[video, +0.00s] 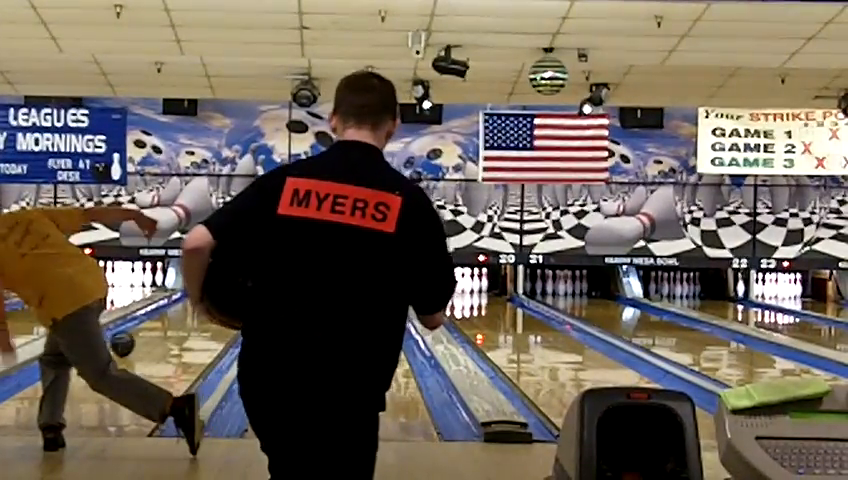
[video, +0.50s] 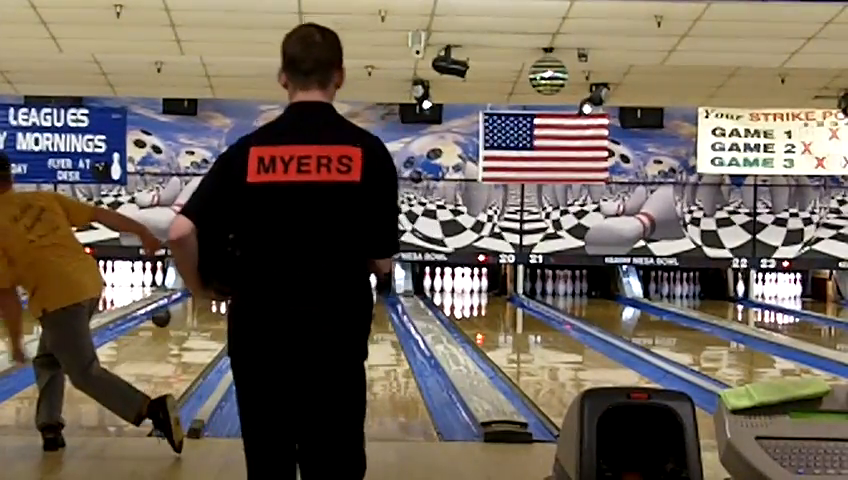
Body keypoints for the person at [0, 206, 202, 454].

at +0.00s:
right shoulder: (29, 216)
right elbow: (89, 214)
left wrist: (5, 336)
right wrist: (136, 215)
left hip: (65, 300)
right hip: (94, 286)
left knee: (101, 375)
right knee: (54, 360)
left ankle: (175, 407)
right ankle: (51, 431)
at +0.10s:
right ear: (4, 201)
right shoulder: (34, 213)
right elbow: (89, 215)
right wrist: (138, 219)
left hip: (64, 298)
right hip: (92, 286)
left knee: (98, 374)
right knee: (54, 361)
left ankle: (169, 408)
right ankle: (51, 430)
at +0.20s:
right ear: (5, 195)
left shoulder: (2, 218)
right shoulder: (37, 207)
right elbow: (90, 214)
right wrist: (137, 221)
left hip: (63, 296)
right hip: (90, 286)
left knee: (93, 373)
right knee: (49, 361)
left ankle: (164, 409)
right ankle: (51, 430)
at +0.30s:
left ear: (1, 190)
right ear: (6, 186)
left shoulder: (4, 214)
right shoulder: (40, 203)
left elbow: (13, 235)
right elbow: (92, 213)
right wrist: (137, 225)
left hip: (60, 296)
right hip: (90, 287)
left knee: (89, 371)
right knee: (47, 361)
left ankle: (157, 408)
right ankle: (50, 428)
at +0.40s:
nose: (6, 183)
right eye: (7, 178)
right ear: (8, 180)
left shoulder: (2, 214)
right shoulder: (43, 200)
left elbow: (7, 253)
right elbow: (95, 214)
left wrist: (25, 290)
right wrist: (142, 231)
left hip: (57, 294)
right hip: (90, 285)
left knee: (85, 371)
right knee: (48, 361)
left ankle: (152, 408)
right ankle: (50, 428)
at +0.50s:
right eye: (7, 176)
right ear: (10, 178)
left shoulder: (2, 223)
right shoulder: (46, 199)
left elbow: (7, 293)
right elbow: (99, 213)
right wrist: (144, 232)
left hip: (57, 295)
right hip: (90, 286)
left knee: (84, 372)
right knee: (48, 359)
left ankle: (151, 410)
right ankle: (50, 429)